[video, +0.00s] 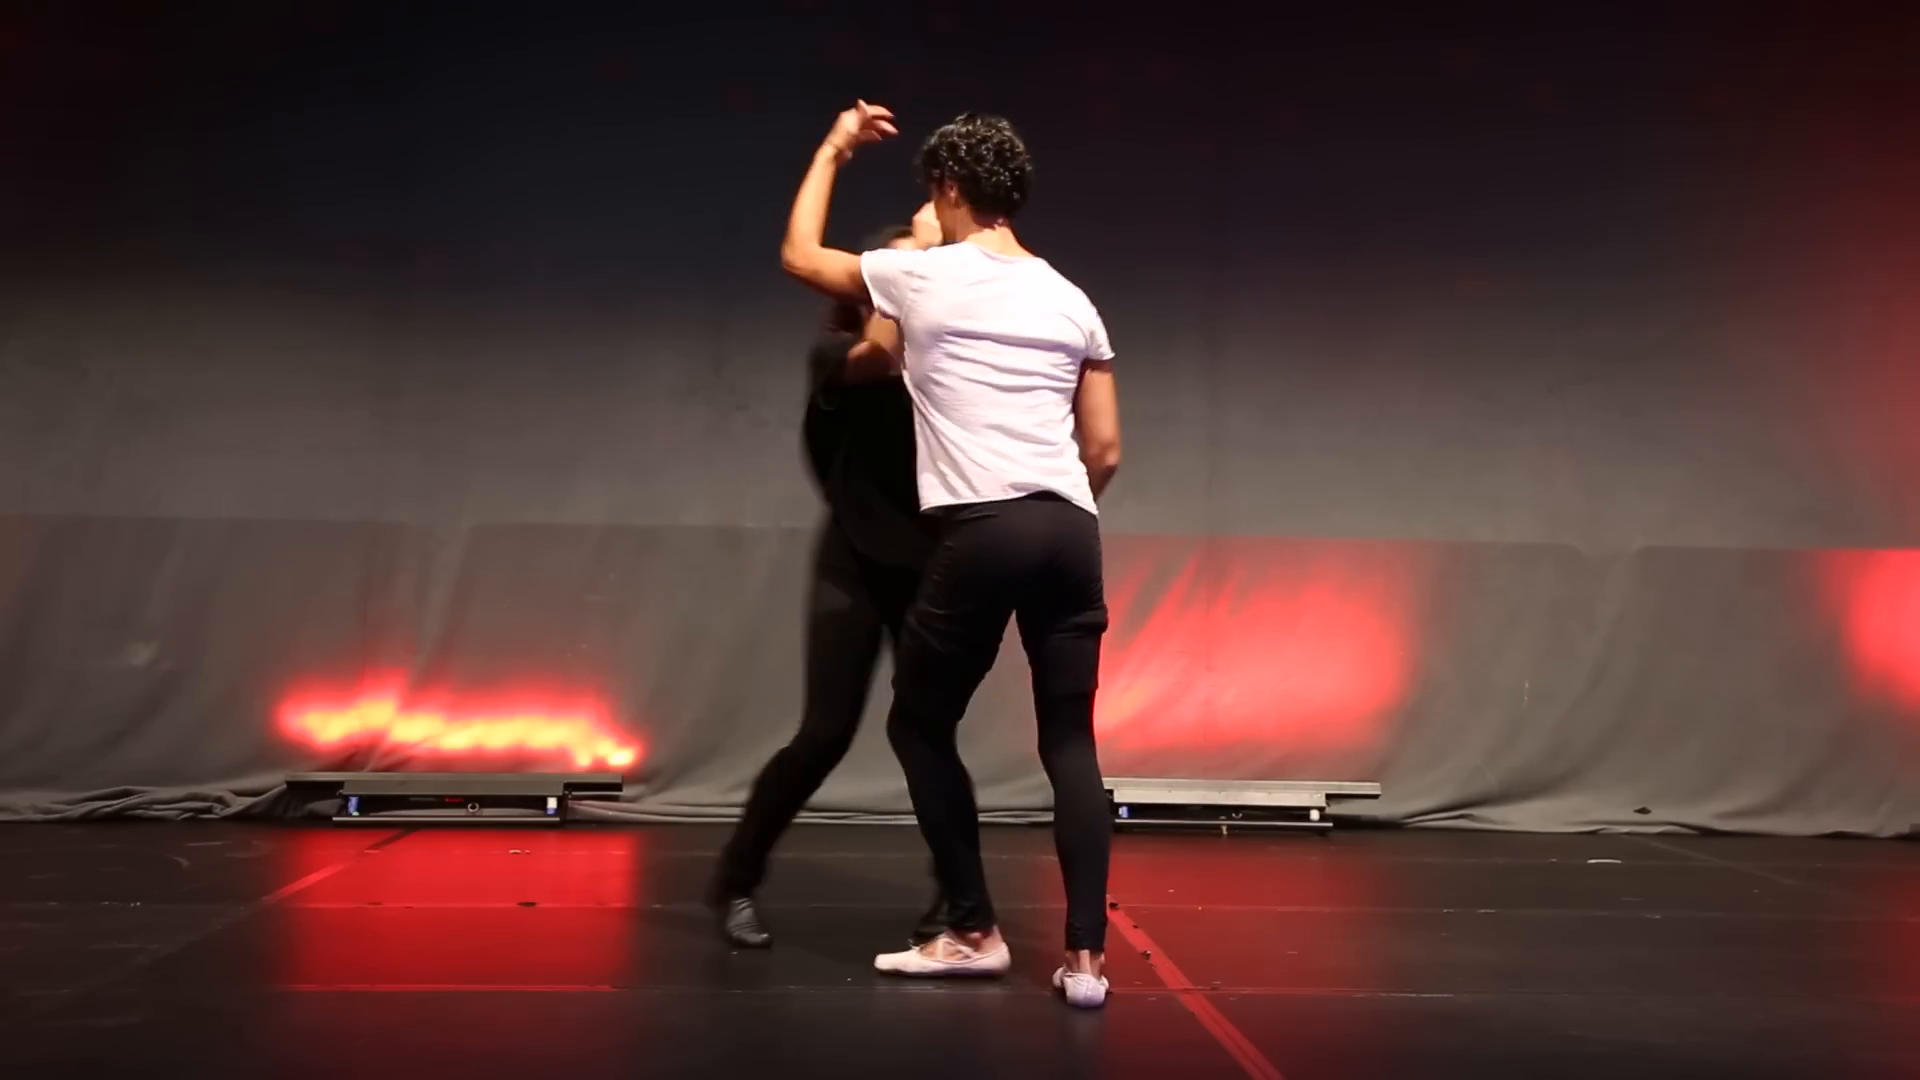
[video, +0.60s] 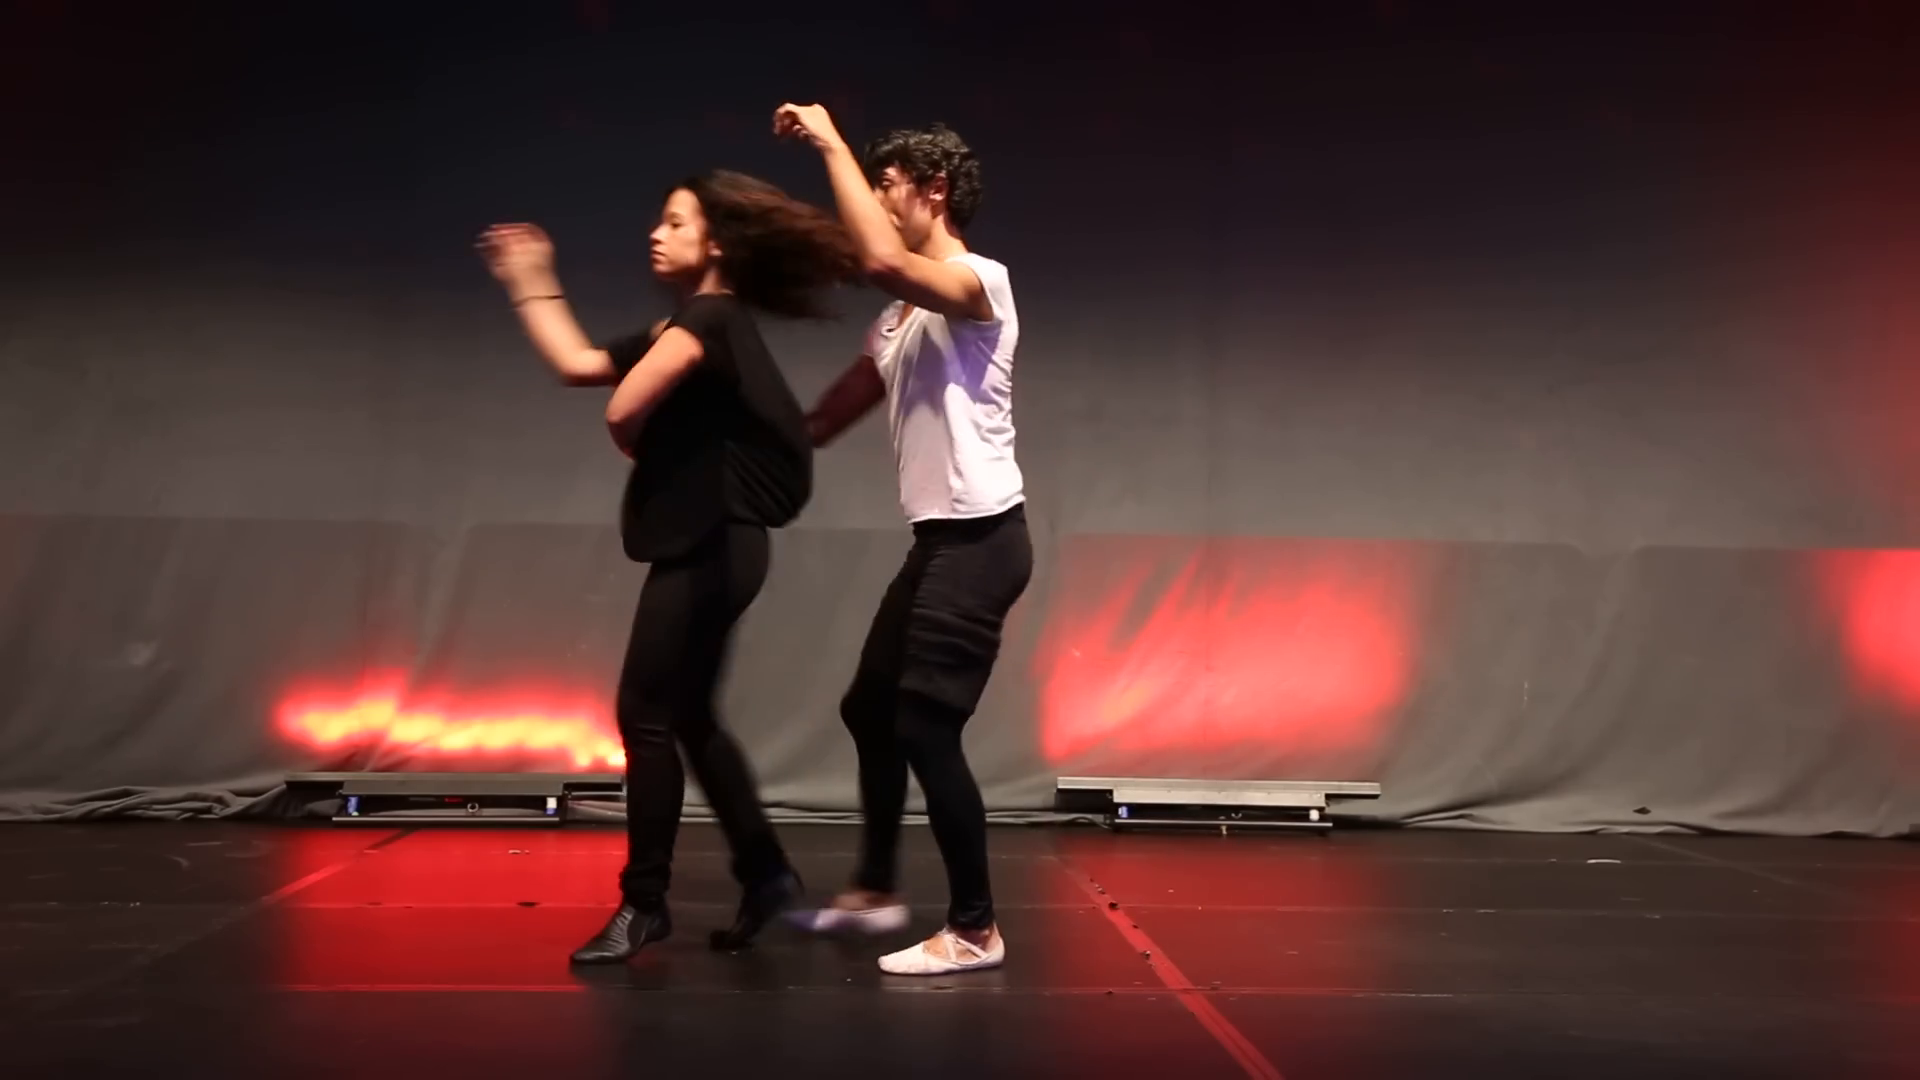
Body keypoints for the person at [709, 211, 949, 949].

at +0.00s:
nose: (919, 281)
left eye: (927, 267)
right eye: (904, 267)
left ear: (940, 281)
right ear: (866, 286)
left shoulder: (946, 351)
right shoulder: (838, 352)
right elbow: (884, 350)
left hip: (933, 556)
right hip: (856, 552)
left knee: (928, 733)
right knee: (826, 732)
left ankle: (958, 904)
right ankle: (735, 884)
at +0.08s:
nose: (886, 278)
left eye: (895, 262)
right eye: (869, 263)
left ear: (906, 269)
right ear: (835, 279)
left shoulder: (905, 350)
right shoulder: (824, 341)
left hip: (893, 549)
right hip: (816, 545)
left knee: (896, 730)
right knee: (816, 731)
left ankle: (884, 897)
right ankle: (723, 883)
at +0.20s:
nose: (872, 265)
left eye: (865, 248)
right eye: (857, 251)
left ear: (807, 283)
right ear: (816, 278)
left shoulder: (788, 348)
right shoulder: (828, 341)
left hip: (768, 548)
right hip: (801, 548)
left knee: (802, 725)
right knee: (812, 729)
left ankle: (709, 879)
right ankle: (707, 882)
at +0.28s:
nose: (839, 268)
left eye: (834, 256)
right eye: (826, 259)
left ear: (743, 279)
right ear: (797, 272)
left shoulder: (732, 355)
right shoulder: (837, 349)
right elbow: (894, 400)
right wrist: (908, 305)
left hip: (728, 562)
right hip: (807, 566)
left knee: (719, 722)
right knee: (785, 739)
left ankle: (636, 880)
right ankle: (707, 901)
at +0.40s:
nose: (824, 274)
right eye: (816, 265)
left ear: (714, 274)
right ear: (800, 273)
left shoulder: (693, 348)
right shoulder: (831, 353)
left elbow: (647, 433)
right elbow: (848, 458)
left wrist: (706, 471)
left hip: (702, 561)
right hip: (798, 567)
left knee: (655, 717)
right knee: (761, 731)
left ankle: (638, 884)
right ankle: (730, 907)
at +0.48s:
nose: (680, 252)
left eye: (694, 242)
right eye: (688, 238)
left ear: (721, 257)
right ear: (776, 263)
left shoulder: (690, 330)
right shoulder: (785, 343)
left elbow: (622, 424)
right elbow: (805, 453)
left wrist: (678, 462)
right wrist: (874, 443)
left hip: (698, 555)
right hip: (781, 561)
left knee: (627, 711)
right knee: (744, 724)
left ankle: (655, 899)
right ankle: (756, 905)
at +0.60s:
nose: (657, 235)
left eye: (674, 223)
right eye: (660, 222)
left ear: (718, 244)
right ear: (694, 242)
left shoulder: (707, 319)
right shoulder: (686, 324)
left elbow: (625, 410)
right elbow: (579, 361)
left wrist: (632, 438)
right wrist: (530, 279)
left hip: (705, 547)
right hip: (706, 546)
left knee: (646, 715)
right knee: (689, 715)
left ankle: (644, 906)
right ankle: (769, 883)